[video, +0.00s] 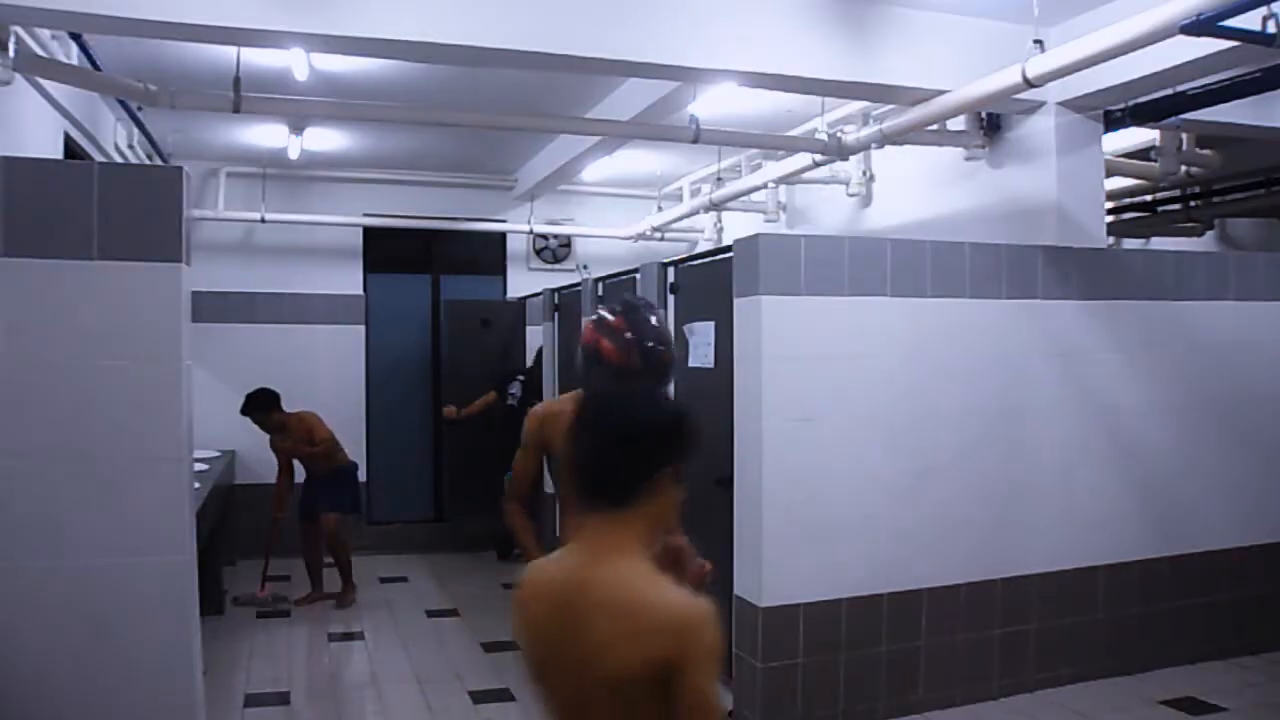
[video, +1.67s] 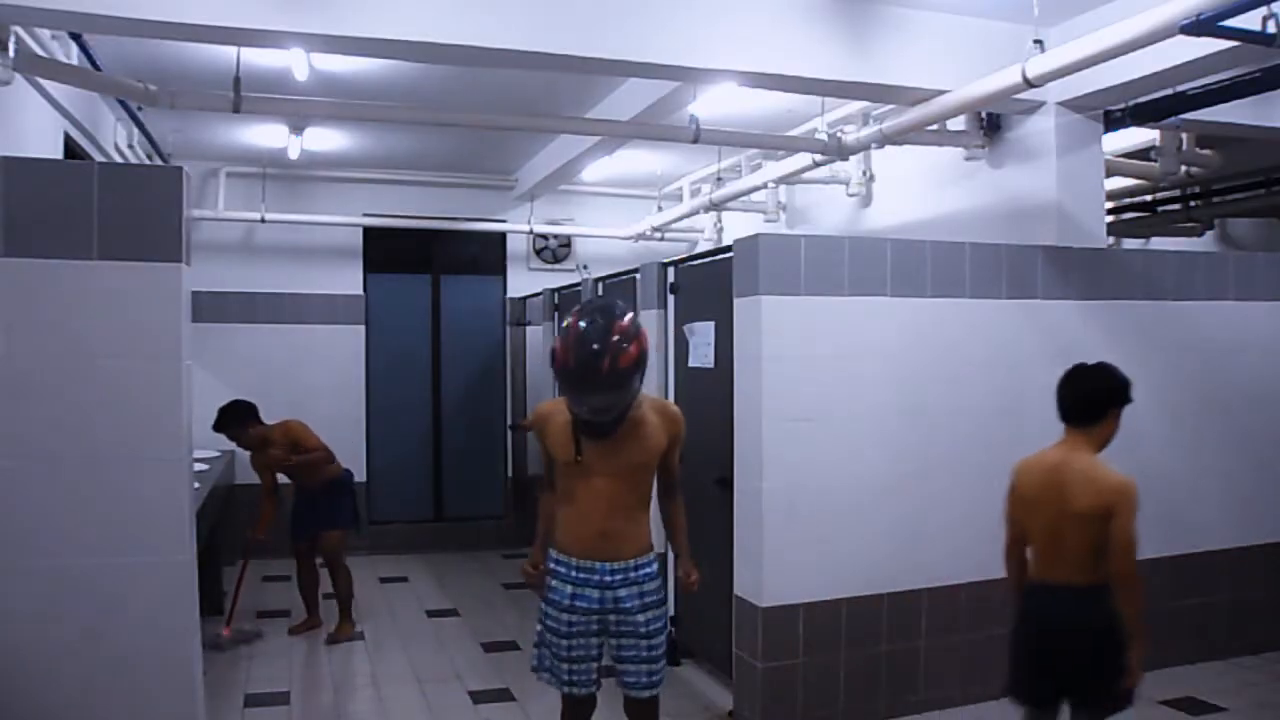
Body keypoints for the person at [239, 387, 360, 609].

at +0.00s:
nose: (259, 427)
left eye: (259, 421)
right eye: (256, 423)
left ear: (272, 413)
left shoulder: (307, 420)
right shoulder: (277, 441)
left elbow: (329, 446)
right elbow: (285, 474)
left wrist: (298, 450)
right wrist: (279, 509)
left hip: (339, 474)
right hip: (314, 479)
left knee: (330, 528)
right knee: (309, 531)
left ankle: (348, 586)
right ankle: (317, 589)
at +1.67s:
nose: (237, 445)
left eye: (237, 438)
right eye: (233, 440)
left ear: (251, 426)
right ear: (248, 428)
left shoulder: (291, 430)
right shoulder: (259, 459)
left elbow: (327, 456)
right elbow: (270, 495)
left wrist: (290, 460)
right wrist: (261, 530)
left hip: (334, 488)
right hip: (305, 493)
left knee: (332, 553)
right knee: (303, 555)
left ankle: (346, 620)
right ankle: (312, 617)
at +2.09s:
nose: (248, 452)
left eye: (248, 445)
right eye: (244, 446)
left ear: (264, 436)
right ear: (262, 437)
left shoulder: (305, 446)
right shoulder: (269, 461)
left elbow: (328, 482)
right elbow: (272, 499)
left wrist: (291, 486)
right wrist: (260, 532)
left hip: (343, 499)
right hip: (312, 501)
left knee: (338, 566)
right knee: (305, 560)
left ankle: (341, 632)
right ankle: (314, 617)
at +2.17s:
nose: (253, 453)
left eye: (253, 447)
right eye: (249, 448)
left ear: (267, 439)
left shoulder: (311, 447)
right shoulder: (271, 464)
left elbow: (340, 483)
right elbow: (273, 502)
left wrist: (298, 489)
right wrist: (261, 536)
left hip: (345, 500)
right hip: (314, 502)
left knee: (340, 568)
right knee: (308, 561)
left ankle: (342, 632)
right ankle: (314, 616)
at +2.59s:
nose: (288, 451)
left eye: (292, 445)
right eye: (287, 445)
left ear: (309, 440)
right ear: (290, 442)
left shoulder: (345, 448)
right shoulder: (287, 465)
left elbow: (367, 482)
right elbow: (281, 511)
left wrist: (337, 488)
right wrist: (273, 551)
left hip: (349, 507)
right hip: (313, 506)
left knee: (345, 568)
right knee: (300, 568)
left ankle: (343, 632)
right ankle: (304, 613)